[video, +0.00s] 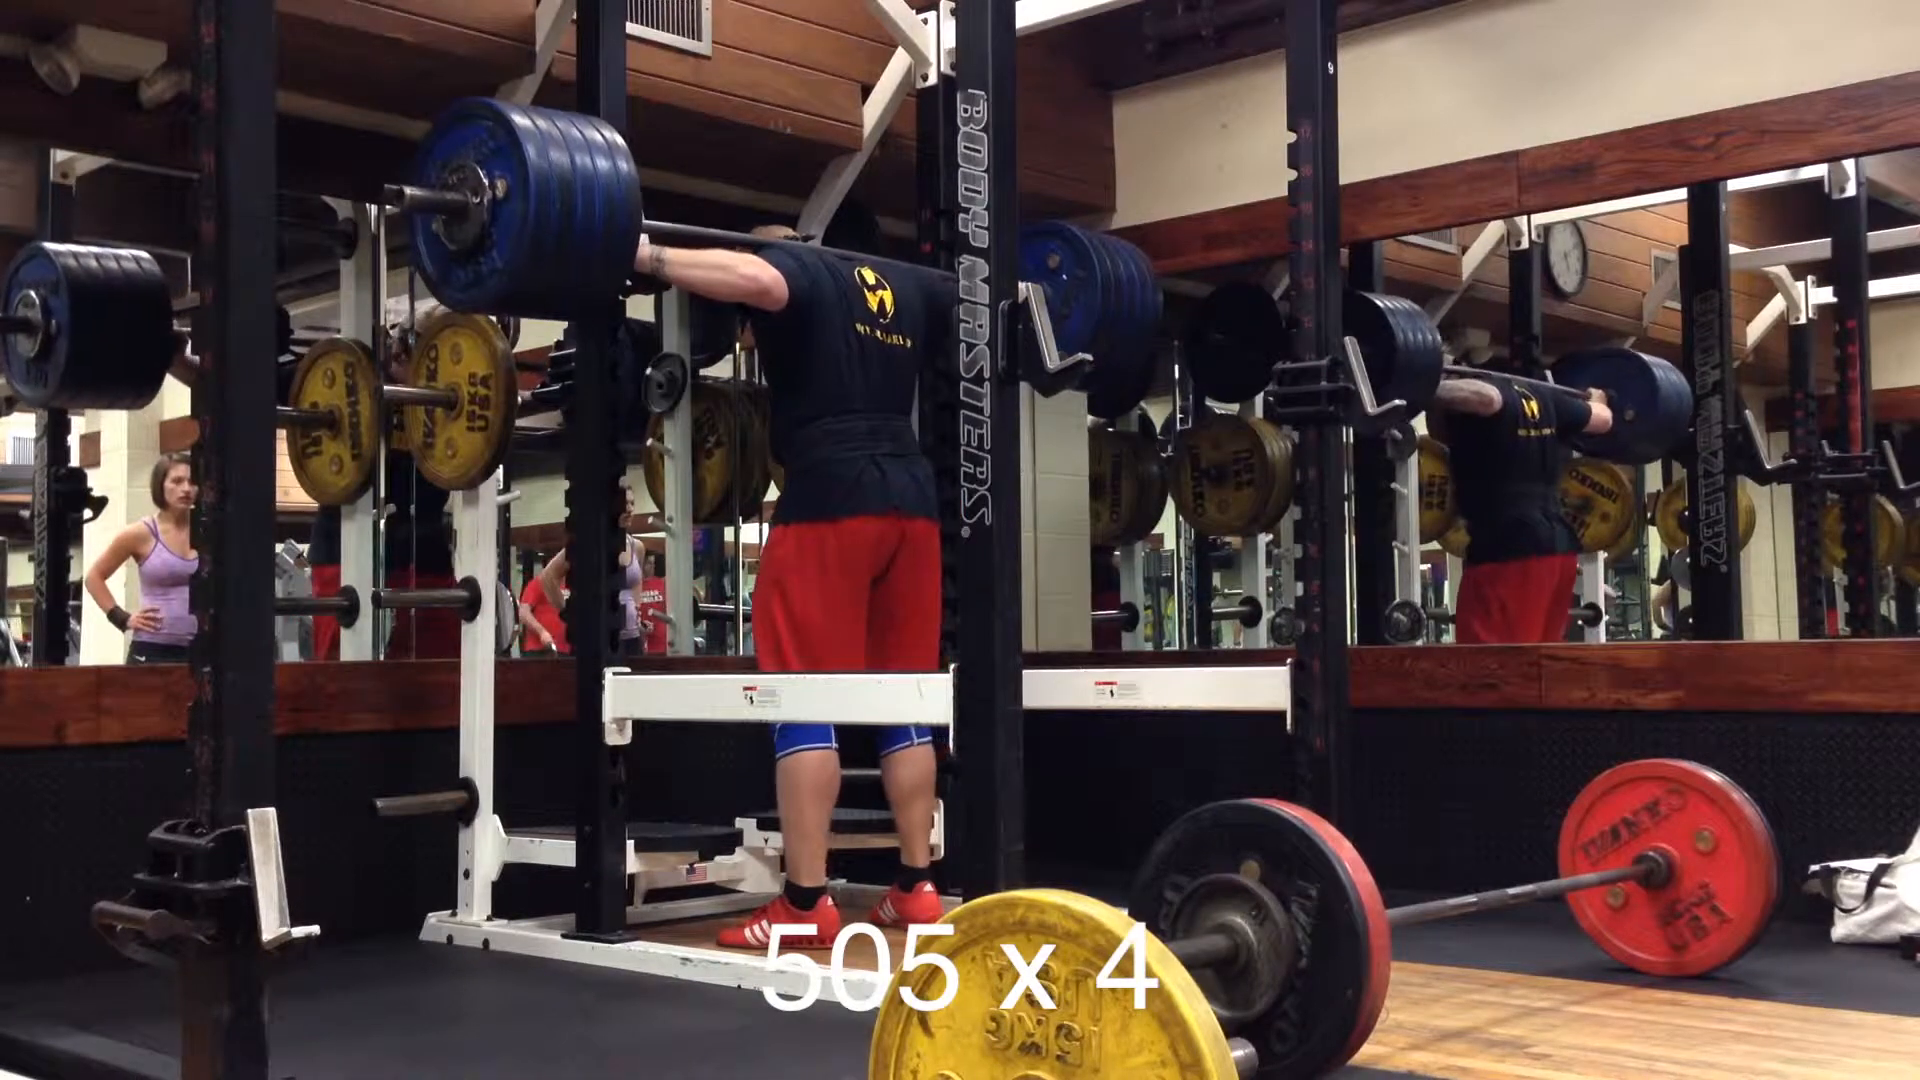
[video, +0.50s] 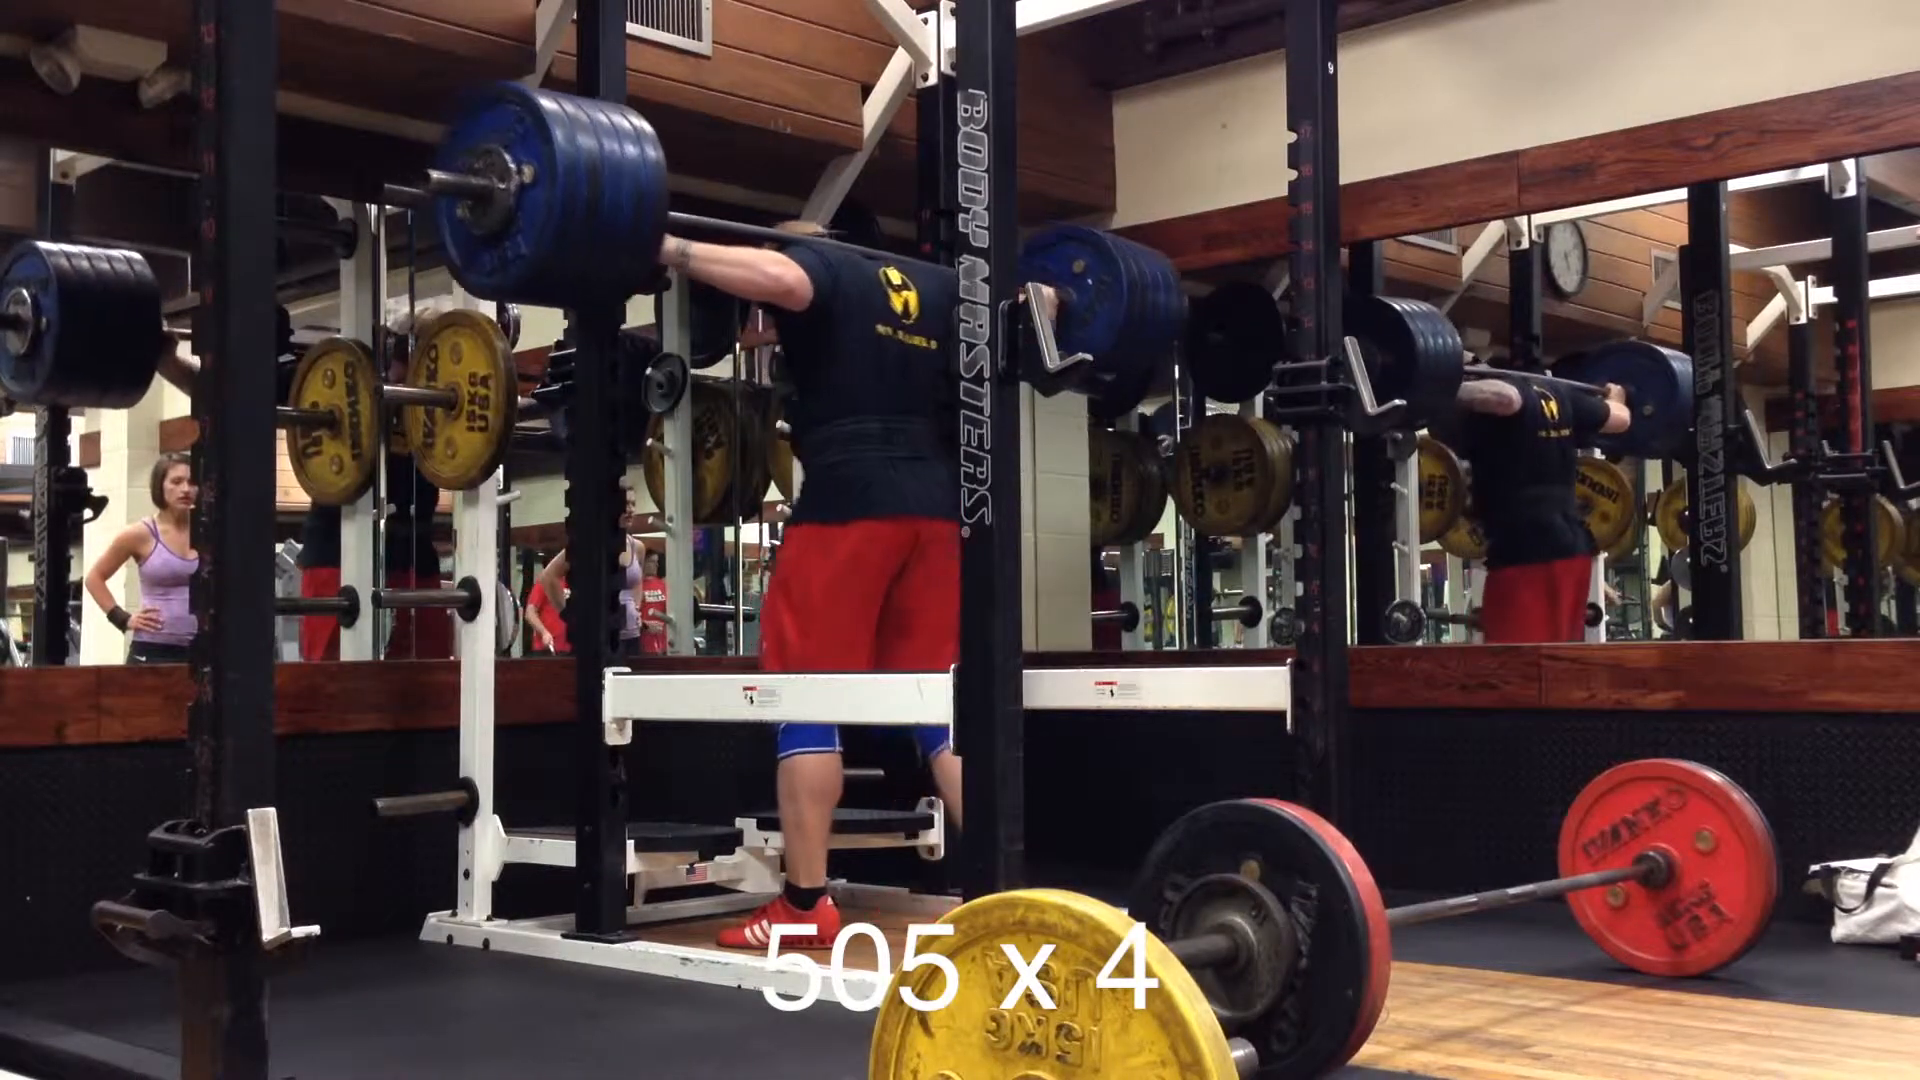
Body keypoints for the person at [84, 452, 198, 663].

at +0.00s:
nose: (186, 489)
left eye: (192, 481)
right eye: (177, 481)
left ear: (199, 487)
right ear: (160, 486)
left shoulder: (204, 529)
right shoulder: (140, 534)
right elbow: (94, 578)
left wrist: (212, 614)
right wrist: (123, 619)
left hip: (199, 648)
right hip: (153, 648)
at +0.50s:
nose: (186, 489)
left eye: (192, 482)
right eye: (177, 482)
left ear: (200, 488)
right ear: (160, 487)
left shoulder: (204, 530)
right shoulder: (140, 534)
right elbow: (94, 579)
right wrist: (123, 619)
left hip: (199, 648)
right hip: (153, 647)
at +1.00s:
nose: (185, 489)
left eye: (191, 482)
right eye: (176, 481)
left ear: (198, 487)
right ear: (159, 486)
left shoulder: (205, 528)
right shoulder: (140, 535)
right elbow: (93, 579)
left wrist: (213, 613)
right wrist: (123, 620)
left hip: (200, 647)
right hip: (153, 648)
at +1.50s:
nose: (185, 489)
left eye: (190, 482)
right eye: (175, 482)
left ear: (198, 487)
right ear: (159, 487)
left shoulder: (204, 528)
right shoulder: (140, 534)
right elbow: (93, 579)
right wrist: (124, 620)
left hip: (199, 648)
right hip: (153, 648)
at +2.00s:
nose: (185, 489)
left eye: (190, 482)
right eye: (175, 482)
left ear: (198, 487)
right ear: (158, 487)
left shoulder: (203, 528)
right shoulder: (140, 533)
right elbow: (93, 578)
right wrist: (124, 620)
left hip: (198, 648)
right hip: (153, 648)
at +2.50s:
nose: (186, 489)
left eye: (191, 482)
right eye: (176, 482)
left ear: (199, 487)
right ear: (159, 487)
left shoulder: (204, 529)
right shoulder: (141, 534)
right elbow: (93, 579)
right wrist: (123, 619)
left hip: (199, 648)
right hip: (153, 648)